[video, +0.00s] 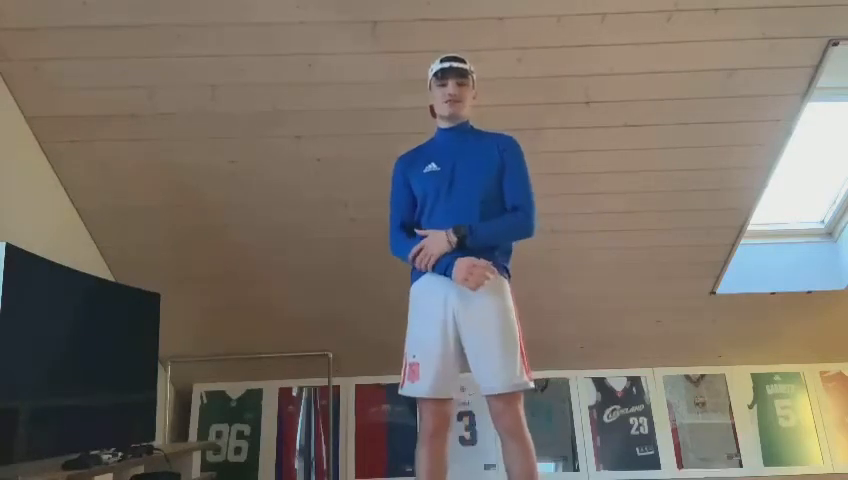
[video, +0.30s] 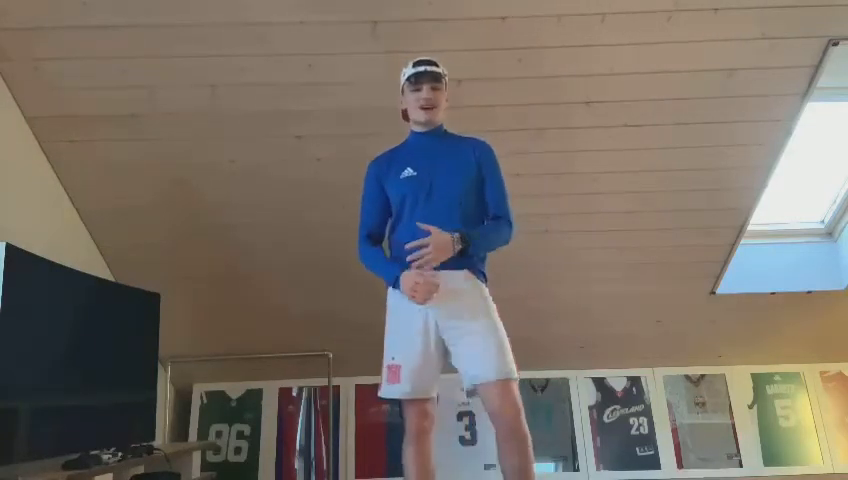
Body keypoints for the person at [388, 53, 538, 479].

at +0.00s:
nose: (452, 90)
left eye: (460, 83)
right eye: (442, 83)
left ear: (473, 93)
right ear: (430, 96)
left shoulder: (503, 147)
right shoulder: (410, 162)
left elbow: (523, 220)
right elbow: (400, 238)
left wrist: (456, 235)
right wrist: (450, 264)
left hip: (487, 287)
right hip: (429, 293)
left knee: (508, 414)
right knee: (432, 420)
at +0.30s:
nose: (427, 94)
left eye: (435, 87)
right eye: (417, 88)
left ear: (447, 97)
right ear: (404, 102)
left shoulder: (477, 152)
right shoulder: (383, 166)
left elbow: (503, 226)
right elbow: (368, 244)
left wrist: (458, 242)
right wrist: (399, 277)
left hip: (465, 290)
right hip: (408, 297)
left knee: (507, 408)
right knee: (418, 417)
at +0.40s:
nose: (421, 95)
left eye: (428, 87)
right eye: (410, 89)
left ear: (440, 96)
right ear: (397, 103)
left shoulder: (471, 151)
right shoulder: (378, 166)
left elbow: (497, 223)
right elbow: (363, 242)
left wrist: (478, 249)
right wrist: (373, 290)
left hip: (463, 292)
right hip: (405, 296)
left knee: (504, 408)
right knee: (417, 419)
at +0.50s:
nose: (415, 96)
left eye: (422, 87)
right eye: (405, 89)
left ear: (433, 95)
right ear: (390, 103)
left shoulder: (466, 152)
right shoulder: (375, 167)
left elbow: (493, 217)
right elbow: (356, 243)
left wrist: (508, 262)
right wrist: (343, 300)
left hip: (461, 294)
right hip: (404, 298)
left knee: (489, 416)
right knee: (415, 419)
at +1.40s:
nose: (403, 96)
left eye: (411, 87)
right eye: (393, 89)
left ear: (425, 95)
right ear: (382, 103)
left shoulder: (459, 150)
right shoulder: (366, 167)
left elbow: (479, 221)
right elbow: (354, 243)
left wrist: (465, 276)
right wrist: (363, 305)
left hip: (454, 290)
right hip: (399, 295)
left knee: (484, 414)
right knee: (413, 418)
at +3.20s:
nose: (408, 96)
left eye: (416, 88)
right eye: (398, 89)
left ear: (428, 97)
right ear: (384, 103)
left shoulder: (459, 151)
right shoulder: (367, 167)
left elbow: (483, 224)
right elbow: (355, 246)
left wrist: (512, 290)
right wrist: (342, 319)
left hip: (452, 293)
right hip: (396, 298)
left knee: (484, 417)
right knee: (413, 420)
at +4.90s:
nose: (413, 95)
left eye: (420, 88)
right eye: (402, 87)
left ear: (427, 97)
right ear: (381, 99)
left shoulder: (456, 151)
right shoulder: (361, 168)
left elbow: (477, 223)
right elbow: (347, 242)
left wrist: (466, 261)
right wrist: (354, 280)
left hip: (451, 296)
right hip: (392, 301)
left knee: (483, 419)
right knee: (410, 422)